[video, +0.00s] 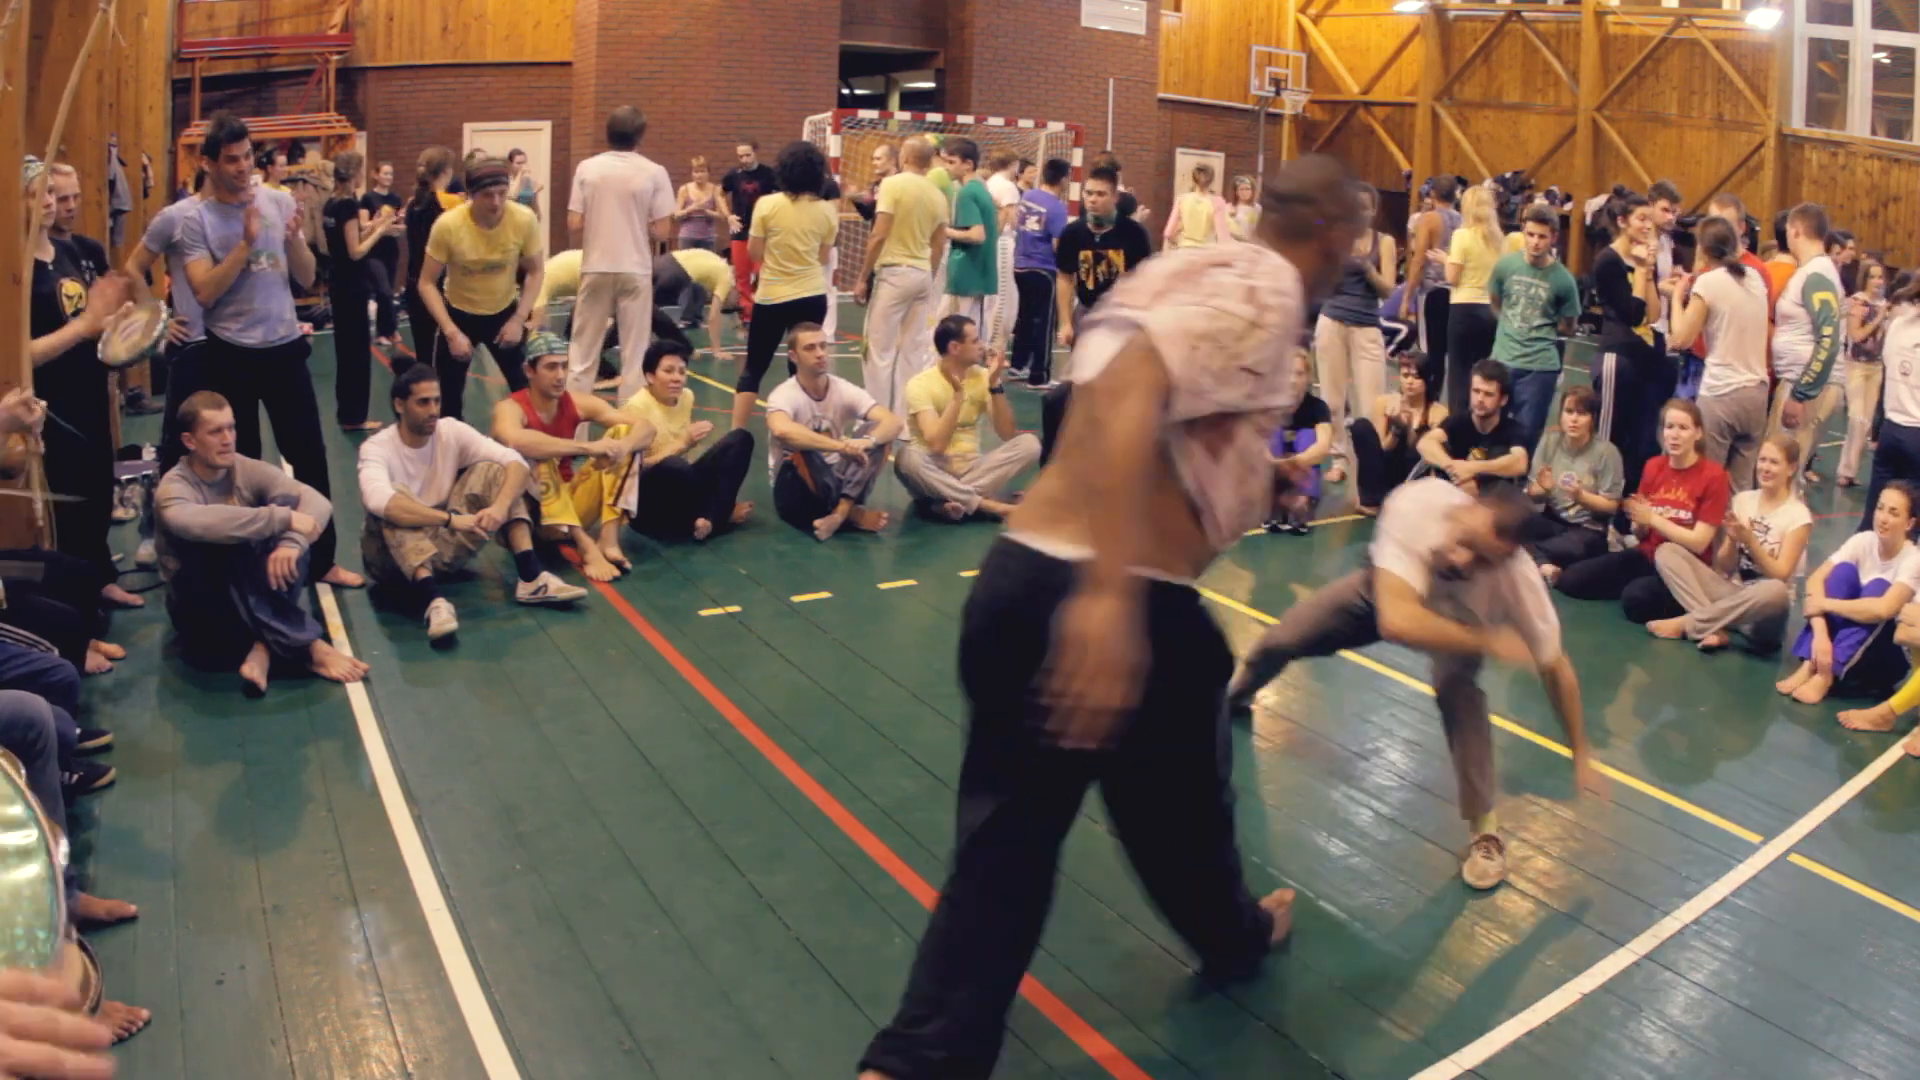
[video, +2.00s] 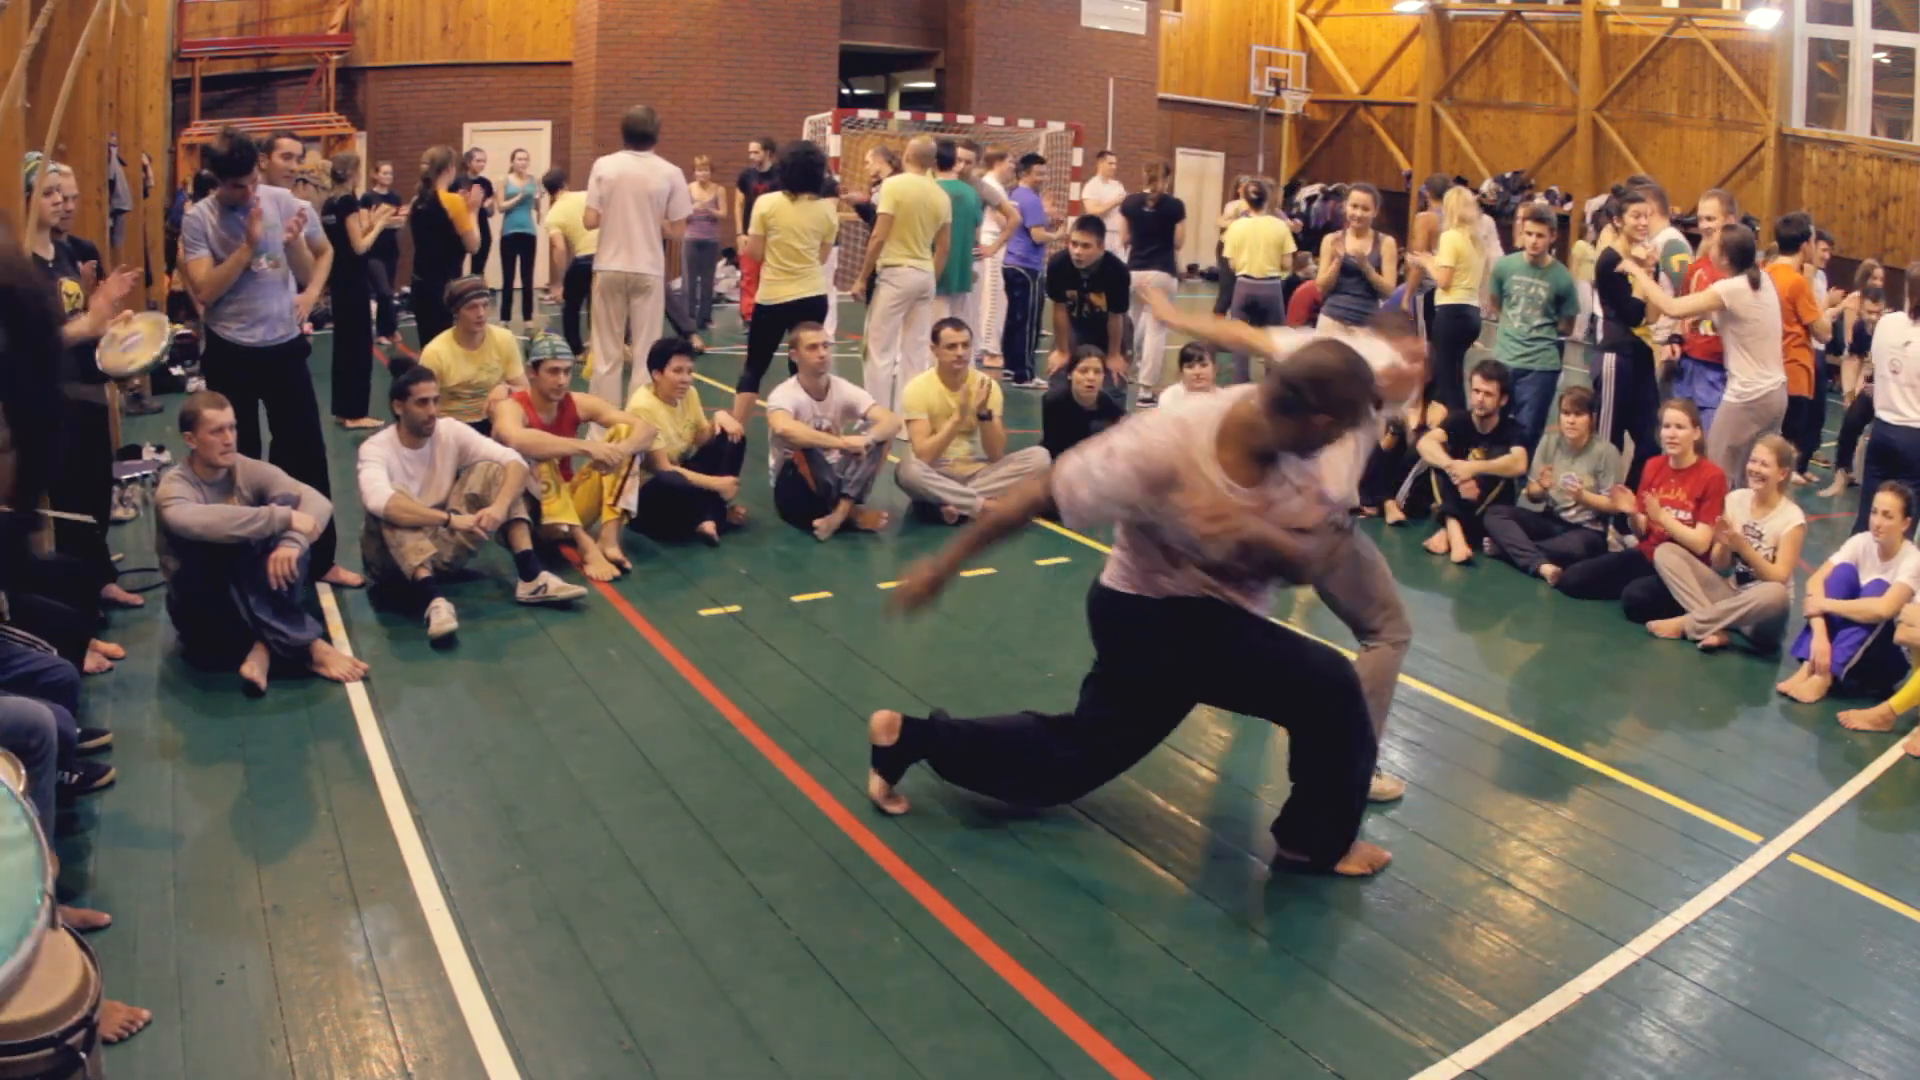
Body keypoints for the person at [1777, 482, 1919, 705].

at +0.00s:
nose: (1883, 518)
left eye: (1893, 513)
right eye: (1880, 508)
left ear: (1909, 523)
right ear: (1874, 510)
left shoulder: (1913, 558)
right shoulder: (1862, 541)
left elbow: (1885, 610)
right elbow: (1814, 580)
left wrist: (1823, 604)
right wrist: (1821, 637)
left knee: (1877, 586)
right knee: (1844, 570)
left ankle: (1825, 675)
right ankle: (1809, 665)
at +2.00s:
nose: (1877, 522)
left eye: (1887, 516)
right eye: (1874, 513)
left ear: (1906, 524)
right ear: (1869, 513)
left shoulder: (1912, 559)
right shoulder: (1860, 542)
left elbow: (1885, 610)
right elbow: (1814, 581)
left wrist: (1823, 604)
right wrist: (1820, 638)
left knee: (1877, 587)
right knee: (1843, 572)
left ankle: (1823, 676)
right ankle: (1807, 666)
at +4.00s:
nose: (1878, 522)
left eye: (1888, 516)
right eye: (1875, 513)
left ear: (1906, 524)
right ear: (1870, 513)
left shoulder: (1913, 558)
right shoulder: (1861, 542)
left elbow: (1885, 611)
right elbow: (1816, 580)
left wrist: (1826, 605)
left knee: (1877, 587)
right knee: (1843, 573)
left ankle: (1828, 673)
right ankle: (1816, 663)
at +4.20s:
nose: (1879, 523)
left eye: (1889, 516)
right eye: (1876, 513)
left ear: (1906, 524)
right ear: (1871, 515)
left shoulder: (1913, 558)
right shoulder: (1860, 541)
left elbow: (1888, 606)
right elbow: (1817, 579)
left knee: (1877, 586)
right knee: (1845, 572)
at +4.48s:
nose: (1880, 524)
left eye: (1891, 516)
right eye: (1877, 513)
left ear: (1907, 523)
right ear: (1871, 515)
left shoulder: (1912, 558)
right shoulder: (1860, 541)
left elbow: (1888, 606)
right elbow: (1814, 581)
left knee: (1876, 586)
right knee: (1844, 572)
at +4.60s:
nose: (1881, 523)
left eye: (1891, 516)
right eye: (1877, 513)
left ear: (1907, 524)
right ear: (1871, 515)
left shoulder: (1913, 560)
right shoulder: (1860, 543)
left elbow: (1890, 605)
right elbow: (1826, 575)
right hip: (1853, 620)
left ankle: (1817, 678)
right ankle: (1809, 673)